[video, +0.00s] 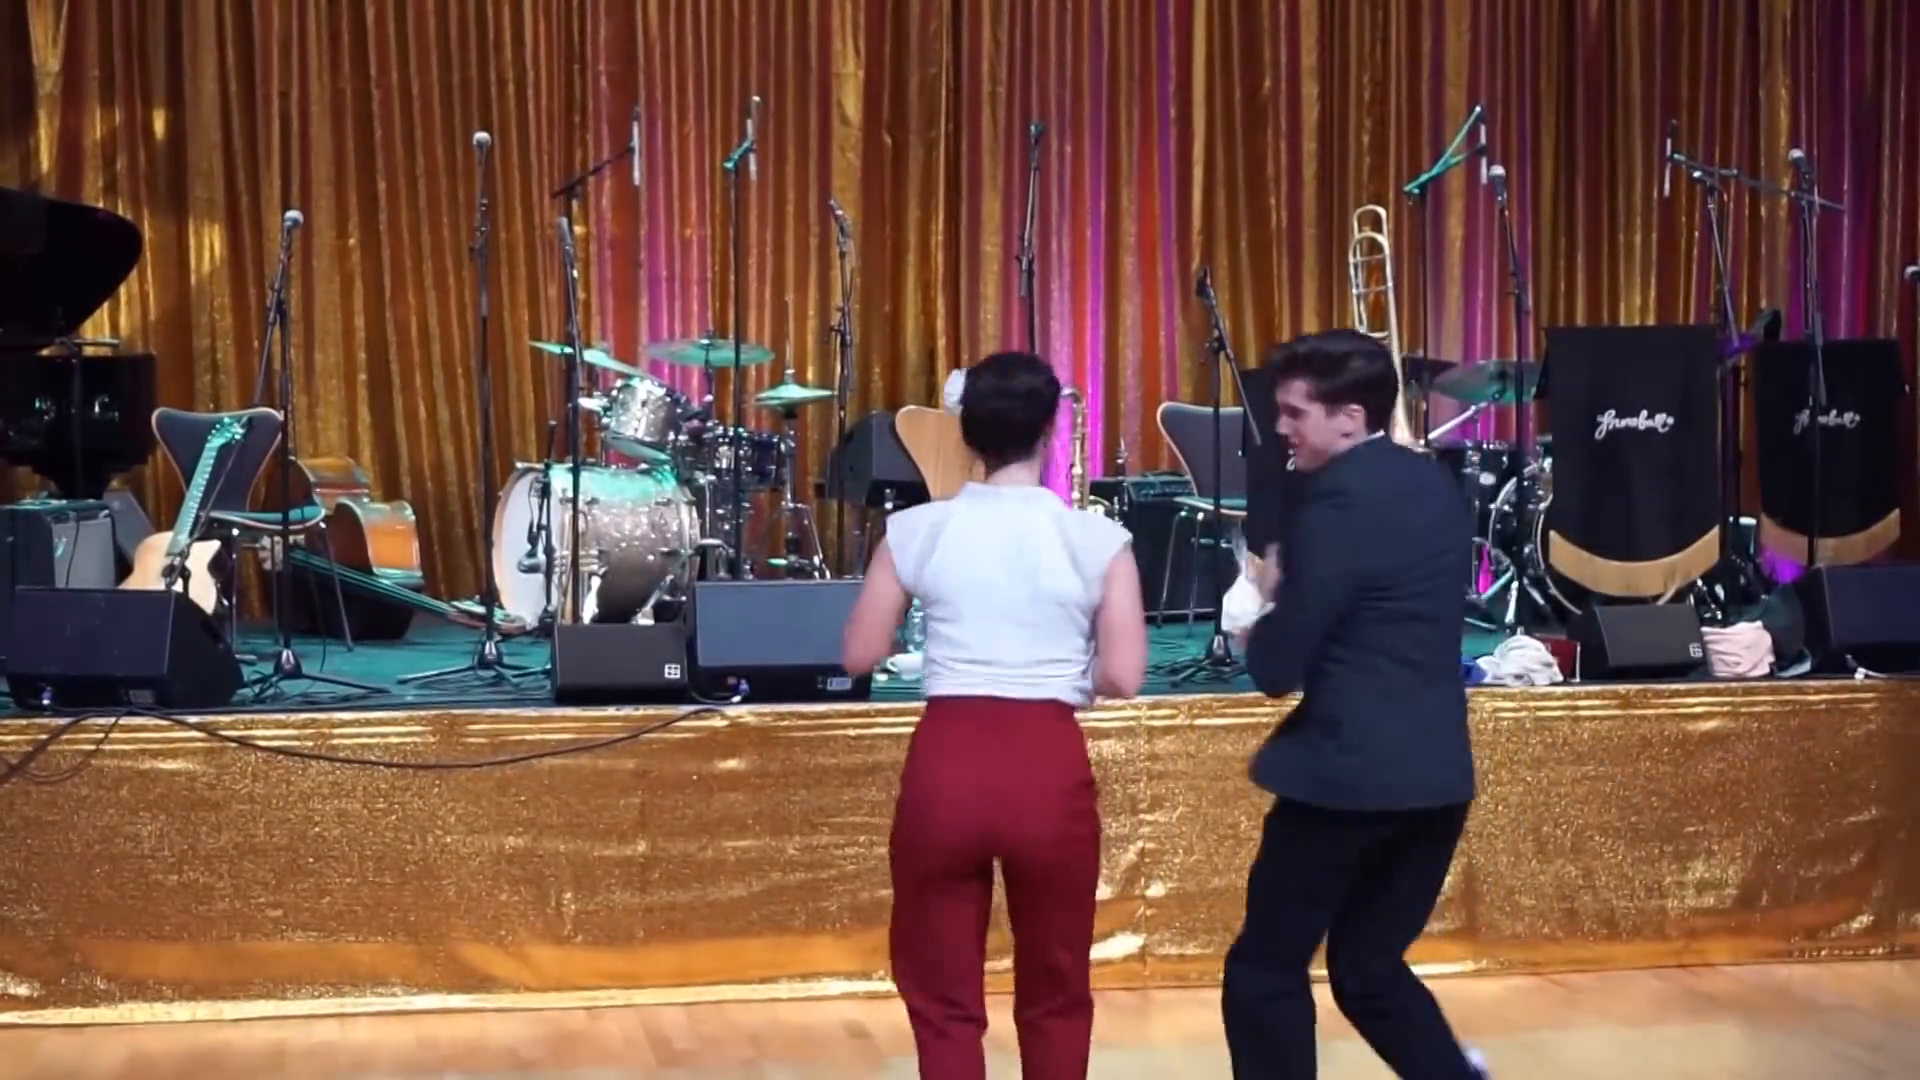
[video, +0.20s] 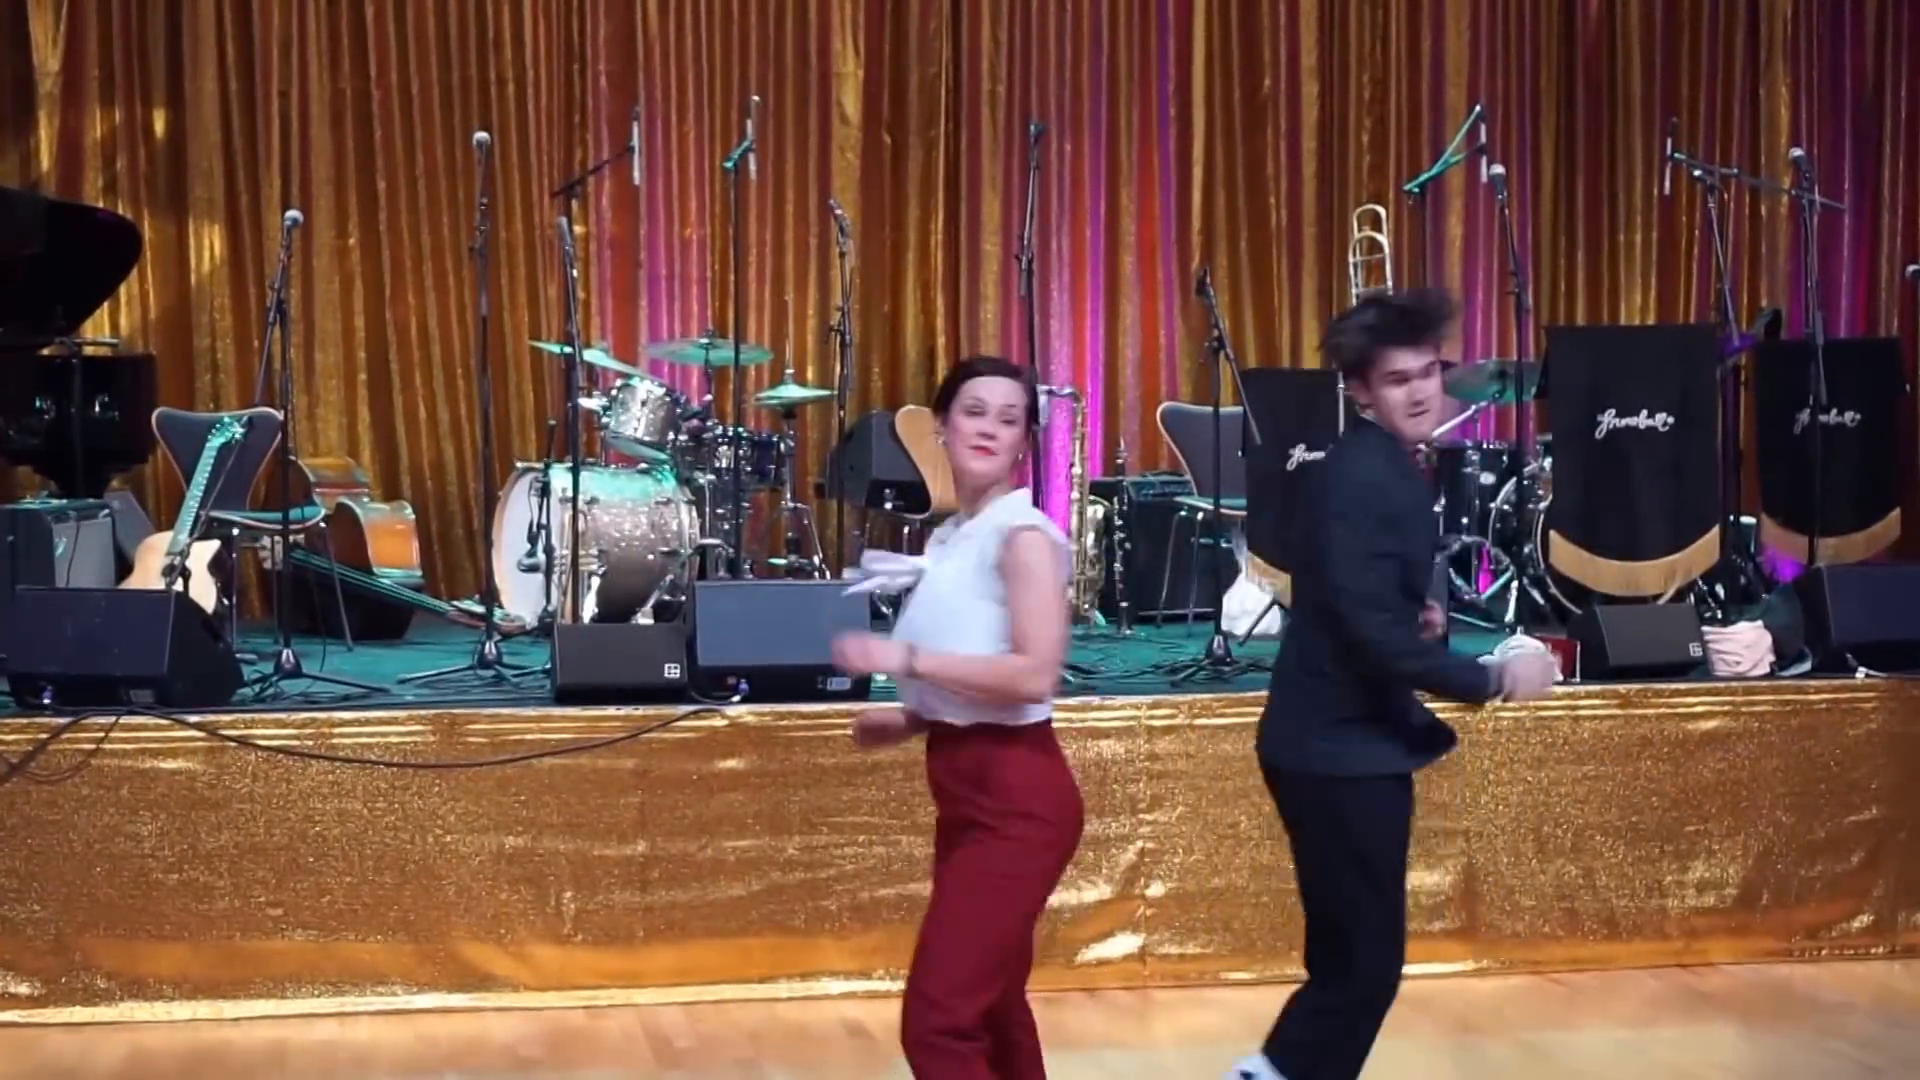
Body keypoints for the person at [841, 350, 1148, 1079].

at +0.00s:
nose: (1059, 424)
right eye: (1057, 414)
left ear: (966, 430)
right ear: (1050, 428)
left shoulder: (915, 530)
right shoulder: (1097, 537)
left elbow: (859, 654)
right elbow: (1123, 677)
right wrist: (1058, 659)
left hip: (946, 753)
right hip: (1049, 757)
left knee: (943, 1005)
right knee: (1055, 996)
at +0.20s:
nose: (988, 427)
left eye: (1009, 417)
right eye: (973, 411)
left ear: (1025, 442)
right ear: (944, 427)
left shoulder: (1025, 536)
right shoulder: (950, 536)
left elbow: (1038, 675)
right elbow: (969, 670)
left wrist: (910, 659)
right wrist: (909, 718)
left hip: (1019, 801)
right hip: (964, 793)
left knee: (937, 1024)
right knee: (994, 1010)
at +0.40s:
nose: (1053, 464)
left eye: (1051, 447)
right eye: (1042, 446)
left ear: (999, 456)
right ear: (997, 454)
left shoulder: (1050, 577)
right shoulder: (885, 566)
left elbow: (1080, 714)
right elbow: (780, 668)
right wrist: (820, 791)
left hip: (1038, 829)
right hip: (930, 834)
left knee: (1012, 1056)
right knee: (948, 1060)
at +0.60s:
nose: (1050, 490)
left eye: (1048, 472)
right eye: (1045, 471)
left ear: (1003, 482)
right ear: (1011, 479)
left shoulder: (1018, 600)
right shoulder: (888, 584)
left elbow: (1046, 737)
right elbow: (874, 731)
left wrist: (1166, 709)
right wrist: (925, 746)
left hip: (998, 850)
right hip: (891, 855)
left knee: (1039, 1057)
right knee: (964, 1058)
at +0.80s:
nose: (1027, 497)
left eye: (1028, 479)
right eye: (1024, 477)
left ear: (980, 481)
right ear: (989, 480)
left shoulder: (979, 590)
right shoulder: (888, 575)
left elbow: (977, 716)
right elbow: (927, 731)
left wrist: (1068, 711)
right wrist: (1052, 717)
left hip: (912, 843)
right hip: (828, 841)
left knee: (983, 1055)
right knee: (896, 1062)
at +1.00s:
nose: (939, 485)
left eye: (942, 469)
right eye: (935, 467)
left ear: (887, 457)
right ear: (890, 458)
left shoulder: (845, 538)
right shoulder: (848, 545)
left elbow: (872, 683)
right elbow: (846, 705)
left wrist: (948, 633)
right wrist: (918, 829)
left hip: (807, 827)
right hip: (772, 826)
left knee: (926, 1006)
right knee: (806, 1051)